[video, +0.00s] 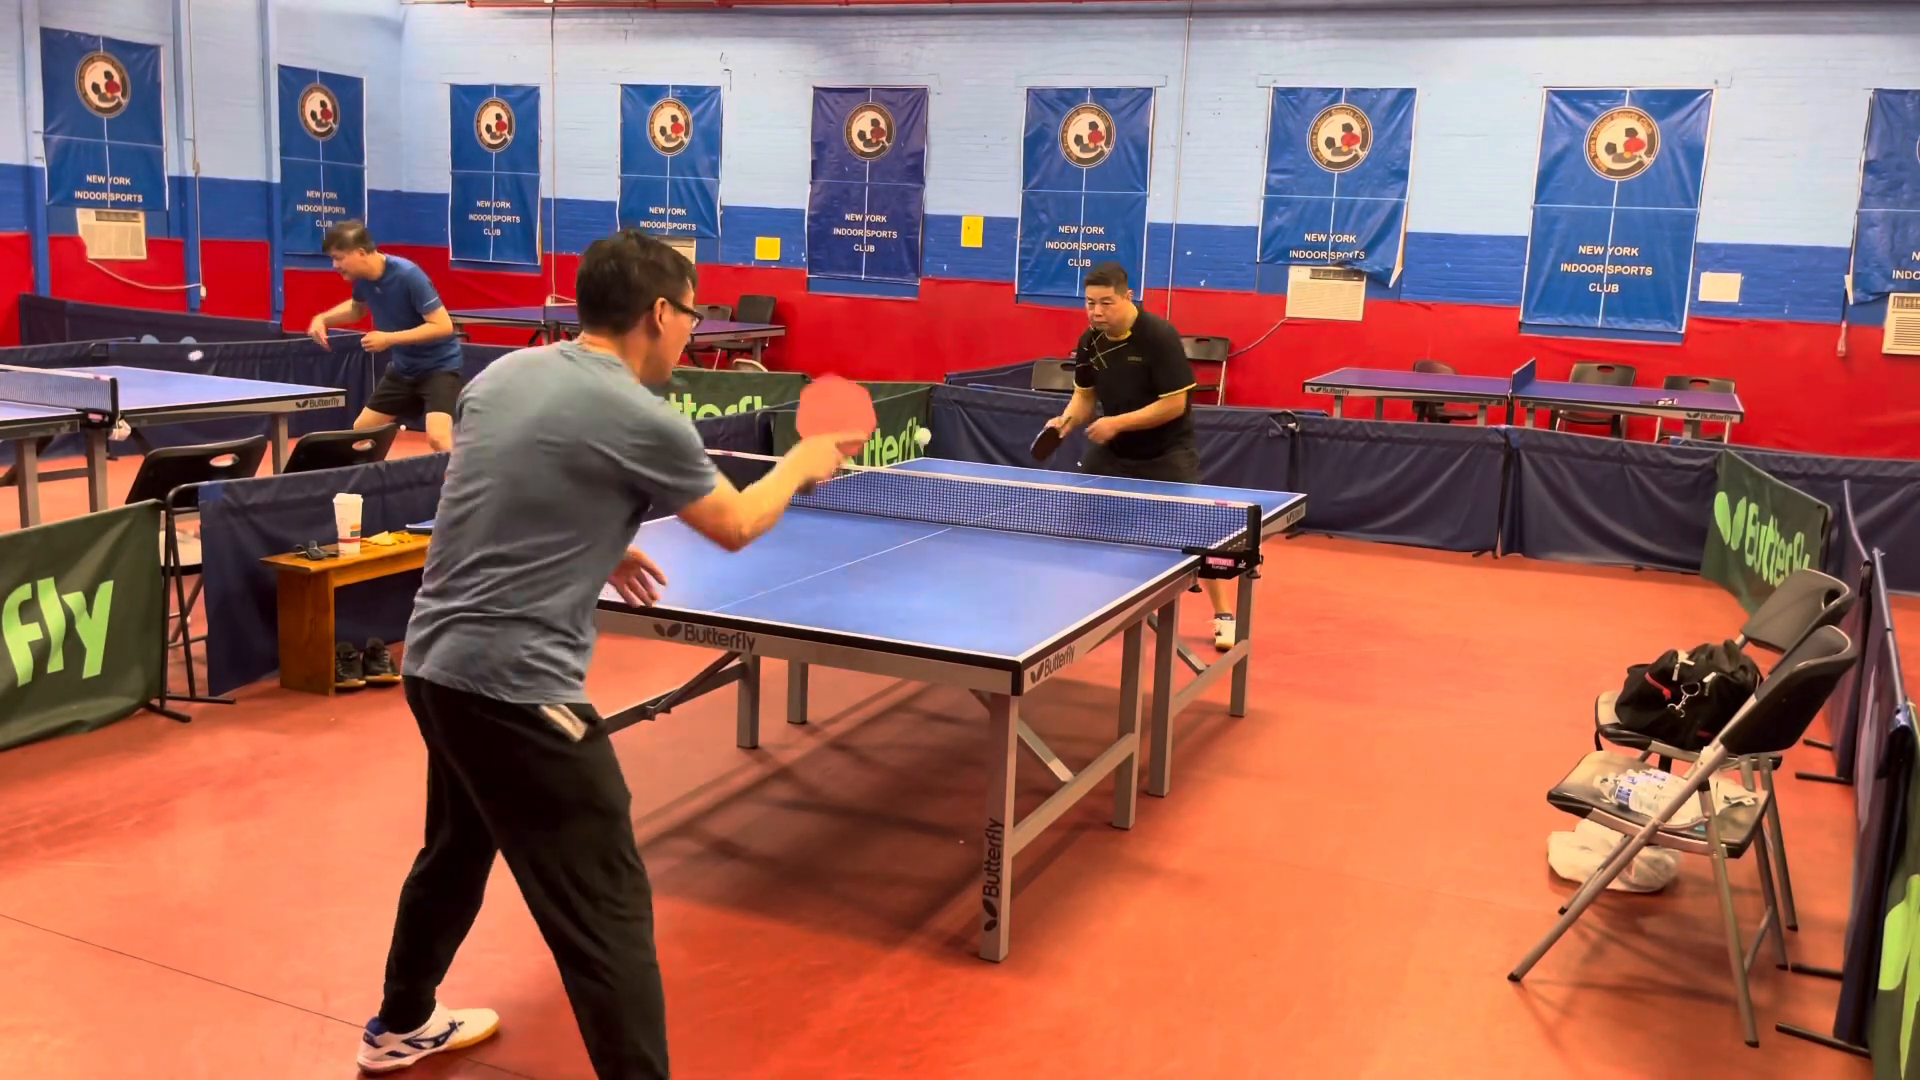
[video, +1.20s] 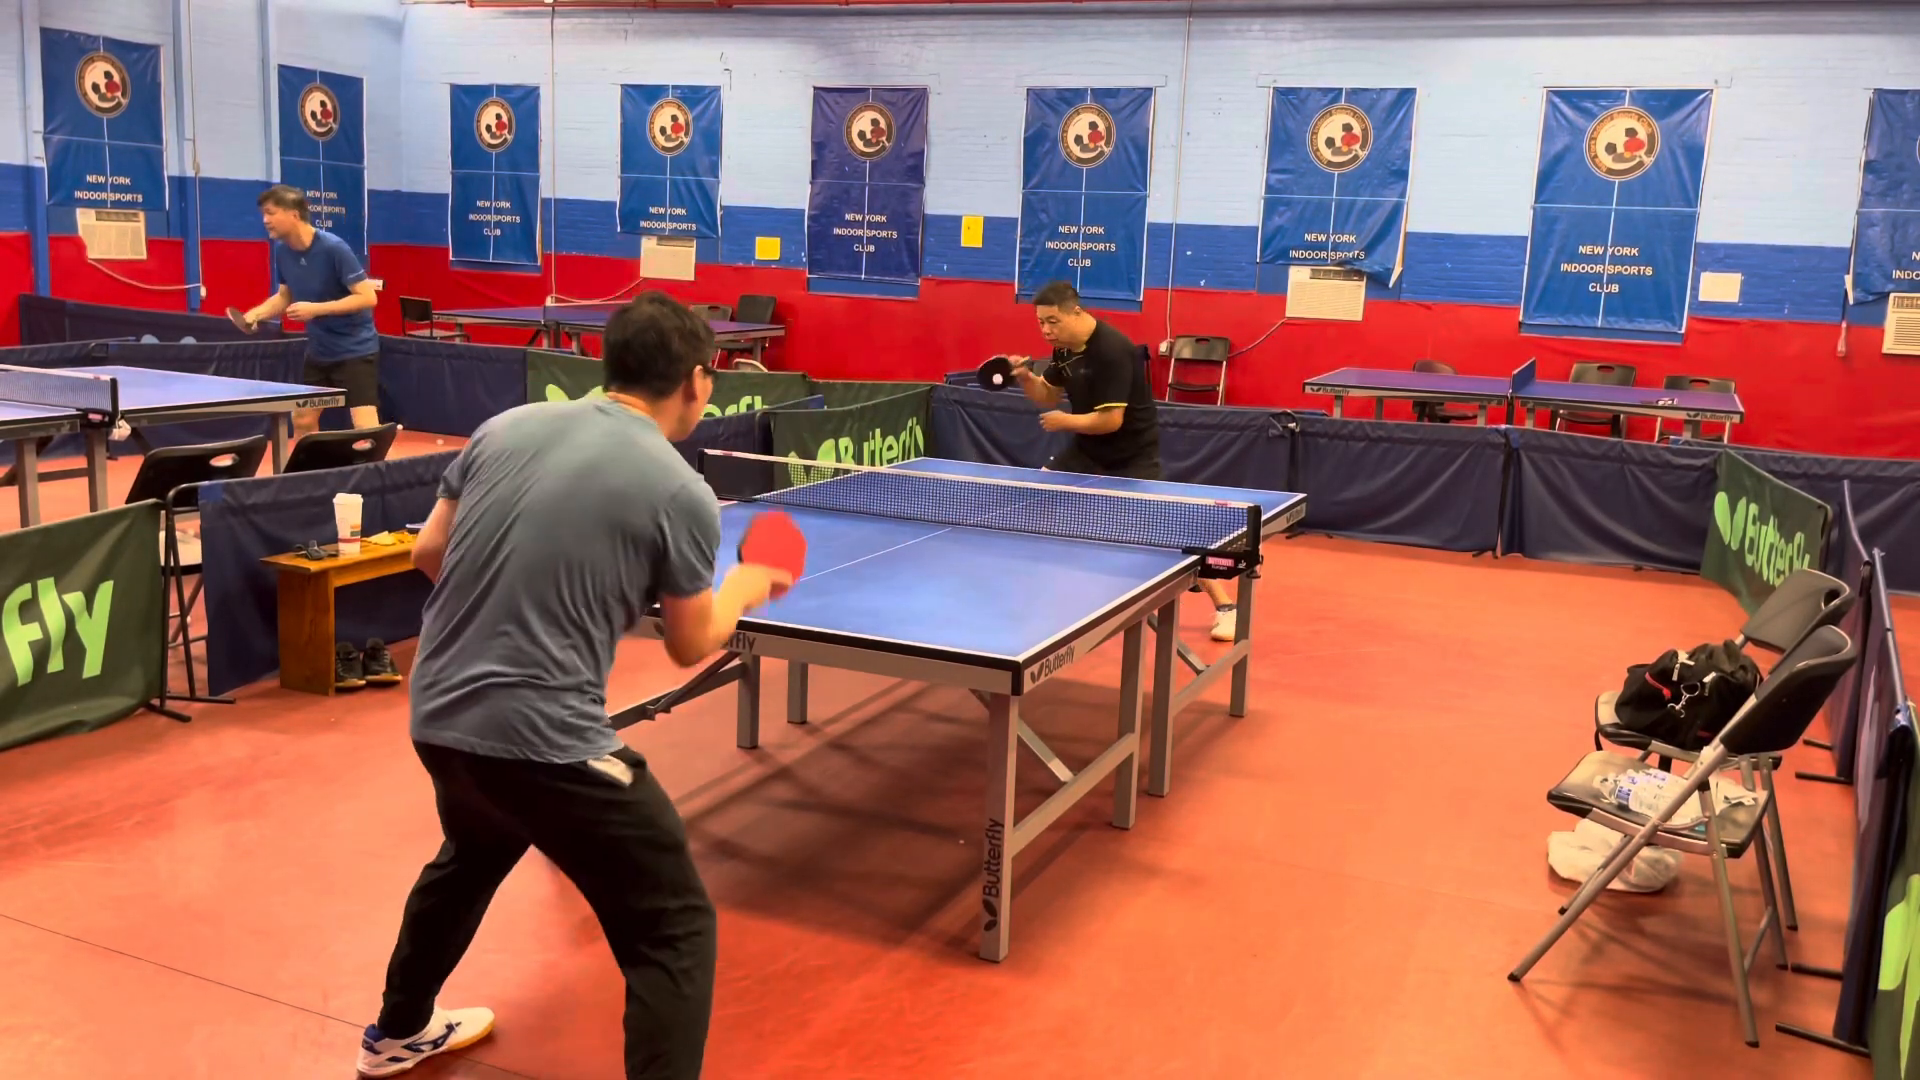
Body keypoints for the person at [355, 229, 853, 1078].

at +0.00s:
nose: (692, 330)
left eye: (692, 313)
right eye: (688, 312)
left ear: (589, 309)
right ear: (655, 314)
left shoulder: (501, 374)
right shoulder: (641, 418)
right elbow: (734, 524)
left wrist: (596, 547)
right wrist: (799, 463)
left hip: (434, 669)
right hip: (522, 690)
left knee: (455, 853)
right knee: (605, 911)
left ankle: (400, 1023)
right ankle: (639, 1069)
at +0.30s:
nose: (698, 380)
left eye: (699, 366)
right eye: (698, 365)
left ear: (600, 358)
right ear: (683, 368)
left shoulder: (503, 418)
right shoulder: (679, 474)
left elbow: (428, 541)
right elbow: (716, 615)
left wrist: (496, 591)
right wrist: (756, 552)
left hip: (448, 715)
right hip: (560, 734)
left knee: (474, 844)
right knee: (677, 923)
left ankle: (404, 1025)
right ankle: (657, 1071)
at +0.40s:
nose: (723, 381)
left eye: (722, 365)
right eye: (722, 366)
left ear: (626, 357)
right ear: (705, 368)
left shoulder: (521, 410)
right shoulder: (683, 475)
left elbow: (443, 523)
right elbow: (664, 644)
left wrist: (536, 559)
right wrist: (732, 677)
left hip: (437, 695)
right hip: (540, 718)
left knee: (468, 845)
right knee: (650, 927)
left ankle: (402, 1026)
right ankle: (646, 1072)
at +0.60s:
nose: (737, 430)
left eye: (741, 414)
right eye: (740, 413)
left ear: (647, 393)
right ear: (715, 411)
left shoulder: (578, 442)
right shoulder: (625, 493)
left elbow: (524, 571)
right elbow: (562, 654)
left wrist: (612, 631)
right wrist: (659, 776)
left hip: (432, 709)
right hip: (500, 731)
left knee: (495, 850)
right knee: (640, 921)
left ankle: (400, 1029)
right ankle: (634, 1067)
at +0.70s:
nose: (725, 425)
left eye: (729, 407)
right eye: (727, 406)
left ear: (633, 387)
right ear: (695, 402)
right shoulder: (610, 481)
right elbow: (586, 653)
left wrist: (669, 660)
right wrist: (734, 688)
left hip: (437, 714)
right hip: (506, 732)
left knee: (501, 846)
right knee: (652, 921)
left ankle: (400, 1027)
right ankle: (644, 1071)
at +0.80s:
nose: (702, 382)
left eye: (705, 364)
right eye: (703, 363)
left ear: (603, 347)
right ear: (669, 357)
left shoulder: (515, 404)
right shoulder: (623, 449)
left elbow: (497, 542)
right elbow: (706, 592)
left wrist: (596, 607)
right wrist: (804, 541)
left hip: (434, 689)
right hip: (516, 710)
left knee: (481, 848)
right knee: (633, 912)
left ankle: (400, 1028)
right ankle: (641, 1071)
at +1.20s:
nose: (710, 396)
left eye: (708, 381)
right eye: (709, 381)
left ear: (608, 368)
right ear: (692, 383)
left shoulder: (508, 427)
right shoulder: (678, 491)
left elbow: (430, 551)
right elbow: (692, 644)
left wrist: (515, 595)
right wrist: (748, 582)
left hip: (440, 719)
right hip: (550, 741)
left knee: (475, 848)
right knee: (674, 928)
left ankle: (399, 1027)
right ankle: (662, 1072)